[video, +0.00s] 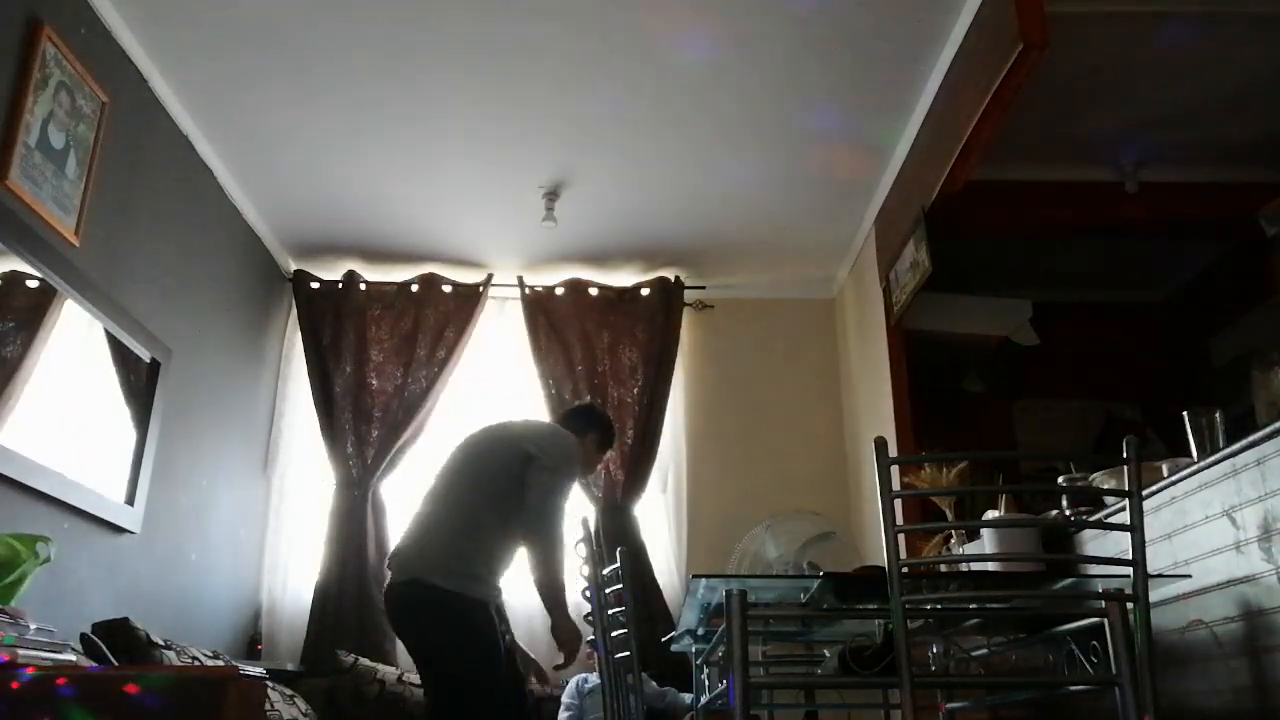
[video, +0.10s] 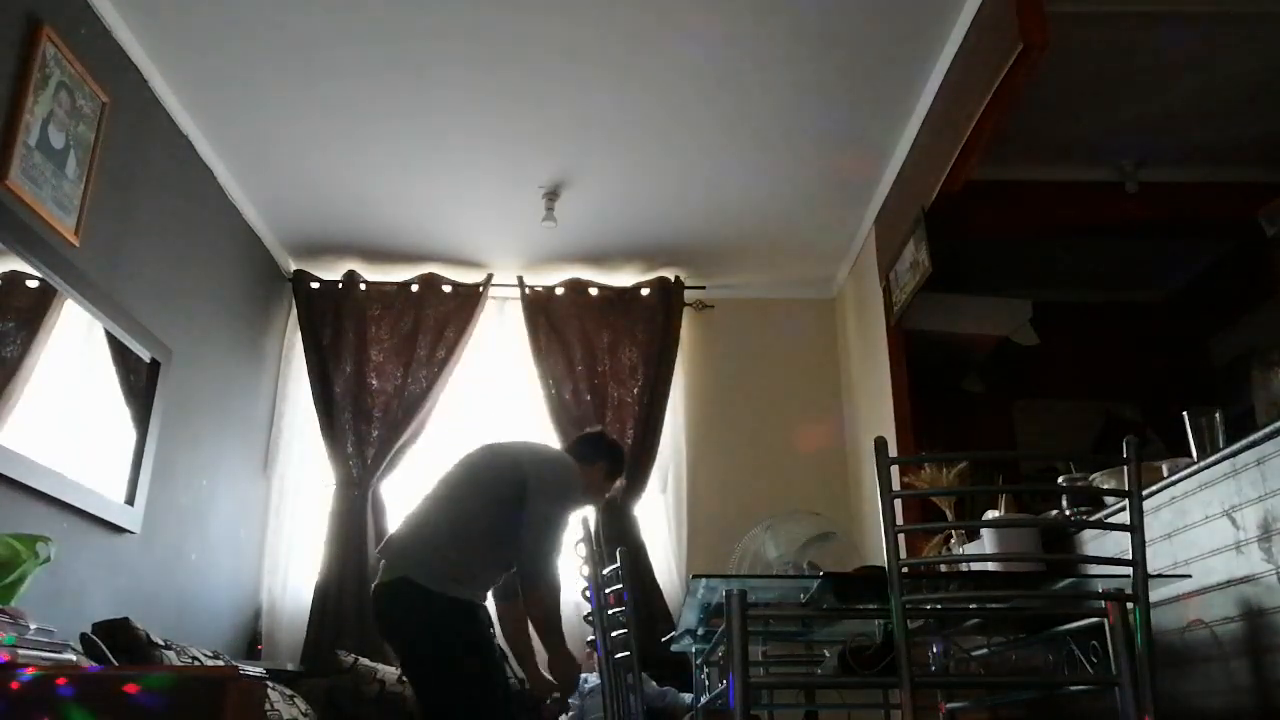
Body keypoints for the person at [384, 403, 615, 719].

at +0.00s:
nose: (594, 468)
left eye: (601, 460)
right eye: (598, 455)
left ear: (563, 423)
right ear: (589, 437)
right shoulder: (558, 444)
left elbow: (475, 573)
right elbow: (541, 528)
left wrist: (510, 646)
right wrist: (561, 618)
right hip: (451, 595)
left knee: (455, 707)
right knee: (497, 707)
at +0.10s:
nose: (600, 497)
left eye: (608, 490)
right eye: (606, 485)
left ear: (573, 453)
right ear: (597, 466)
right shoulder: (558, 471)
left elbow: (508, 595)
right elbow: (536, 573)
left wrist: (533, 673)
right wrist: (560, 653)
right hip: (433, 597)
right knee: (485, 707)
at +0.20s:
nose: (615, 525)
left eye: (621, 515)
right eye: (619, 511)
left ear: (585, 481)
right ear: (608, 496)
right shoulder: (561, 497)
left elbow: (503, 602)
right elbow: (535, 600)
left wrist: (531, 677)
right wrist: (553, 682)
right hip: (426, 597)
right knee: (471, 707)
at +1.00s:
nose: (578, 521)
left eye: (588, 516)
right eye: (586, 511)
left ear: (574, 475)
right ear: (578, 486)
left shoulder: (531, 508)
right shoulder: (513, 491)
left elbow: (508, 599)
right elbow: (484, 602)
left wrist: (523, 677)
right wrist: (517, 680)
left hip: (436, 605)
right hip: (394, 603)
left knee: (475, 705)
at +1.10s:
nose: (585, 512)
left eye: (593, 507)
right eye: (592, 502)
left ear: (574, 466)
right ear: (579, 479)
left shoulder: (539, 503)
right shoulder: (508, 485)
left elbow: (501, 583)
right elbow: (453, 587)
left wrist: (500, 662)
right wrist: (501, 662)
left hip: (442, 602)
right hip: (399, 601)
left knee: (473, 703)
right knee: (422, 708)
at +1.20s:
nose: (579, 503)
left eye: (589, 499)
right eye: (587, 495)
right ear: (576, 471)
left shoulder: (544, 500)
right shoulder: (492, 470)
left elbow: (508, 578)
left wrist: (509, 657)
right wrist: (465, 649)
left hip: (457, 598)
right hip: (400, 595)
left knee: (489, 697)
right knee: (423, 702)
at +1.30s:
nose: (574, 490)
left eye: (583, 485)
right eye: (580, 481)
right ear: (571, 459)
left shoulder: (545, 490)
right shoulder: (483, 468)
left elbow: (529, 572)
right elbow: (412, 545)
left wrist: (536, 634)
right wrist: (433, 642)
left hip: (463, 602)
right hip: (402, 600)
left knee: (488, 702)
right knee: (419, 707)